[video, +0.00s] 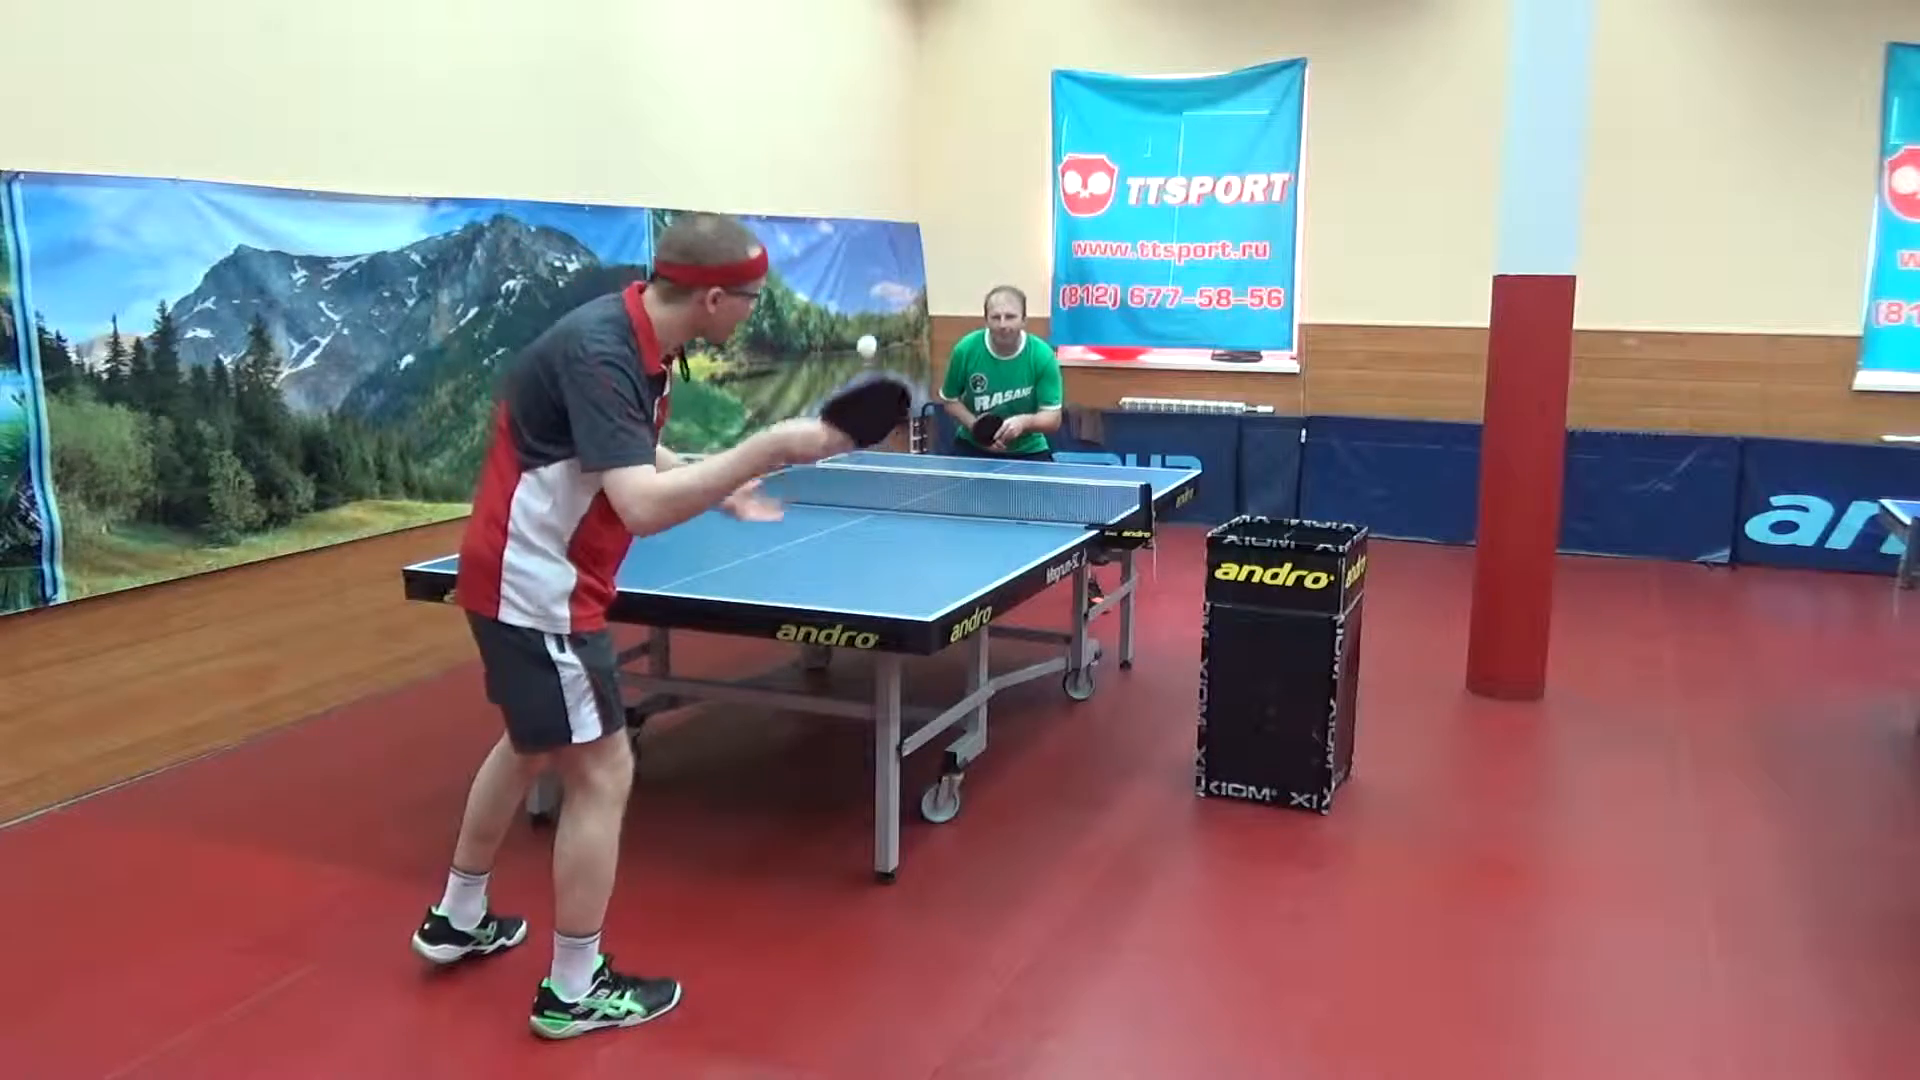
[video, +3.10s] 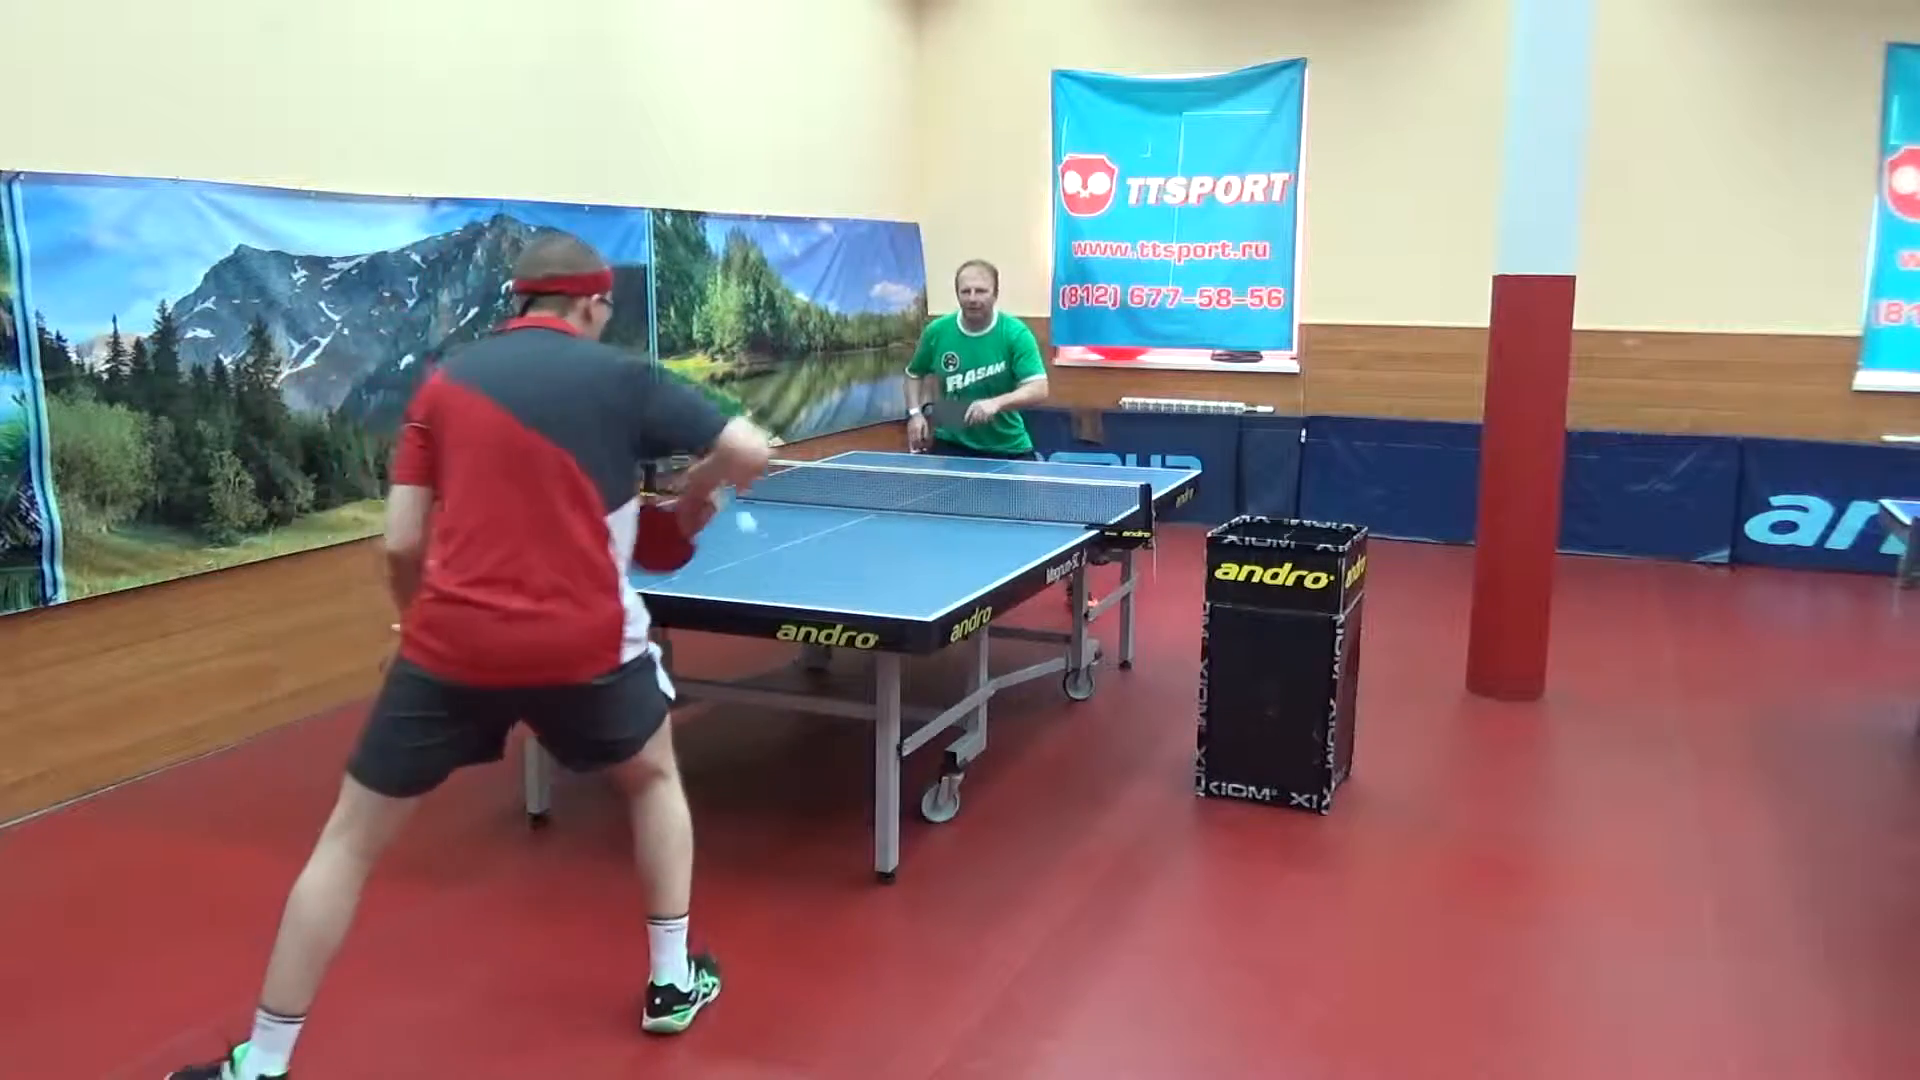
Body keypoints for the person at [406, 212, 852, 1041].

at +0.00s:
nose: (748, 310)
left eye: (750, 296)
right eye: (746, 296)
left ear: (689, 284)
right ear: (709, 296)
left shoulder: (641, 339)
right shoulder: (599, 351)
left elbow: (637, 452)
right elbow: (640, 507)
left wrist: (721, 487)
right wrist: (769, 448)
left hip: (534, 580)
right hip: (534, 595)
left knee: (524, 744)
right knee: (604, 772)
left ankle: (457, 917)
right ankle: (572, 987)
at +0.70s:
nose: (726, 305)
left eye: (729, 291)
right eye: (728, 291)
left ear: (648, 271)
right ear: (711, 289)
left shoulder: (552, 319)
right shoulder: (670, 379)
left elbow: (523, 445)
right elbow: (629, 529)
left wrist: (629, 484)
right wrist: (656, 508)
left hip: (467, 582)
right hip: (562, 602)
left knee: (430, 754)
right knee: (636, 773)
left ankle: (368, 951)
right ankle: (579, 983)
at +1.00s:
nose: (602, 298)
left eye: (602, 284)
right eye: (602, 284)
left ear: (519, 272)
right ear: (585, 282)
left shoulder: (426, 337)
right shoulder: (562, 365)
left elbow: (383, 477)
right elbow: (569, 515)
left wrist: (496, 501)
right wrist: (609, 528)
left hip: (395, 606)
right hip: (502, 616)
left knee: (370, 776)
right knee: (596, 765)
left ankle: (314, 976)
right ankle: (576, 982)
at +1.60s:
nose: (587, 322)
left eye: (586, 309)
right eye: (586, 309)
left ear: (503, 301)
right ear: (569, 309)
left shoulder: (418, 365)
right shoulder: (568, 379)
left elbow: (362, 509)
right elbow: (644, 511)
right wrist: (593, 514)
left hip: (393, 629)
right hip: (513, 628)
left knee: (373, 783)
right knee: (607, 764)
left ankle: (311, 980)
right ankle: (632, 966)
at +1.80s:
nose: (599, 335)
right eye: (600, 325)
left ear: (516, 319)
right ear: (593, 323)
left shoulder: (460, 384)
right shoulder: (629, 380)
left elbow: (421, 540)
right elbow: (736, 455)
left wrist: (404, 634)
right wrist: (700, 490)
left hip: (474, 620)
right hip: (600, 620)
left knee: (397, 784)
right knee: (644, 765)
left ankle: (327, 977)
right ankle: (635, 964)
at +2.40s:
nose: (565, 331)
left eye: (566, 318)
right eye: (564, 318)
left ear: (472, 305)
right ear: (547, 316)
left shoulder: (379, 377)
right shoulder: (555, 393)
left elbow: (327, 535)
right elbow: (628, 537)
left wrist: (314, 640)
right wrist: (607, 556)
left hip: (364, 650)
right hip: (498, 650)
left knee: (286, 855)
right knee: (586, 780)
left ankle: (221, 1067)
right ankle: (634, 966)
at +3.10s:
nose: (607, 319)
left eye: (605, 309)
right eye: (605, 309)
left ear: (518, 303)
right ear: (590, 306)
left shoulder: (445, 376)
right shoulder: (621, 376)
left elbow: (403, 542)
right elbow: (753, 450)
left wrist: (423, 628)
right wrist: (698, 488)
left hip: (449, 651)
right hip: (585, 651)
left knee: (349, 842)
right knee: (650, 782)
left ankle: (261, 1060)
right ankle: (671, 978)